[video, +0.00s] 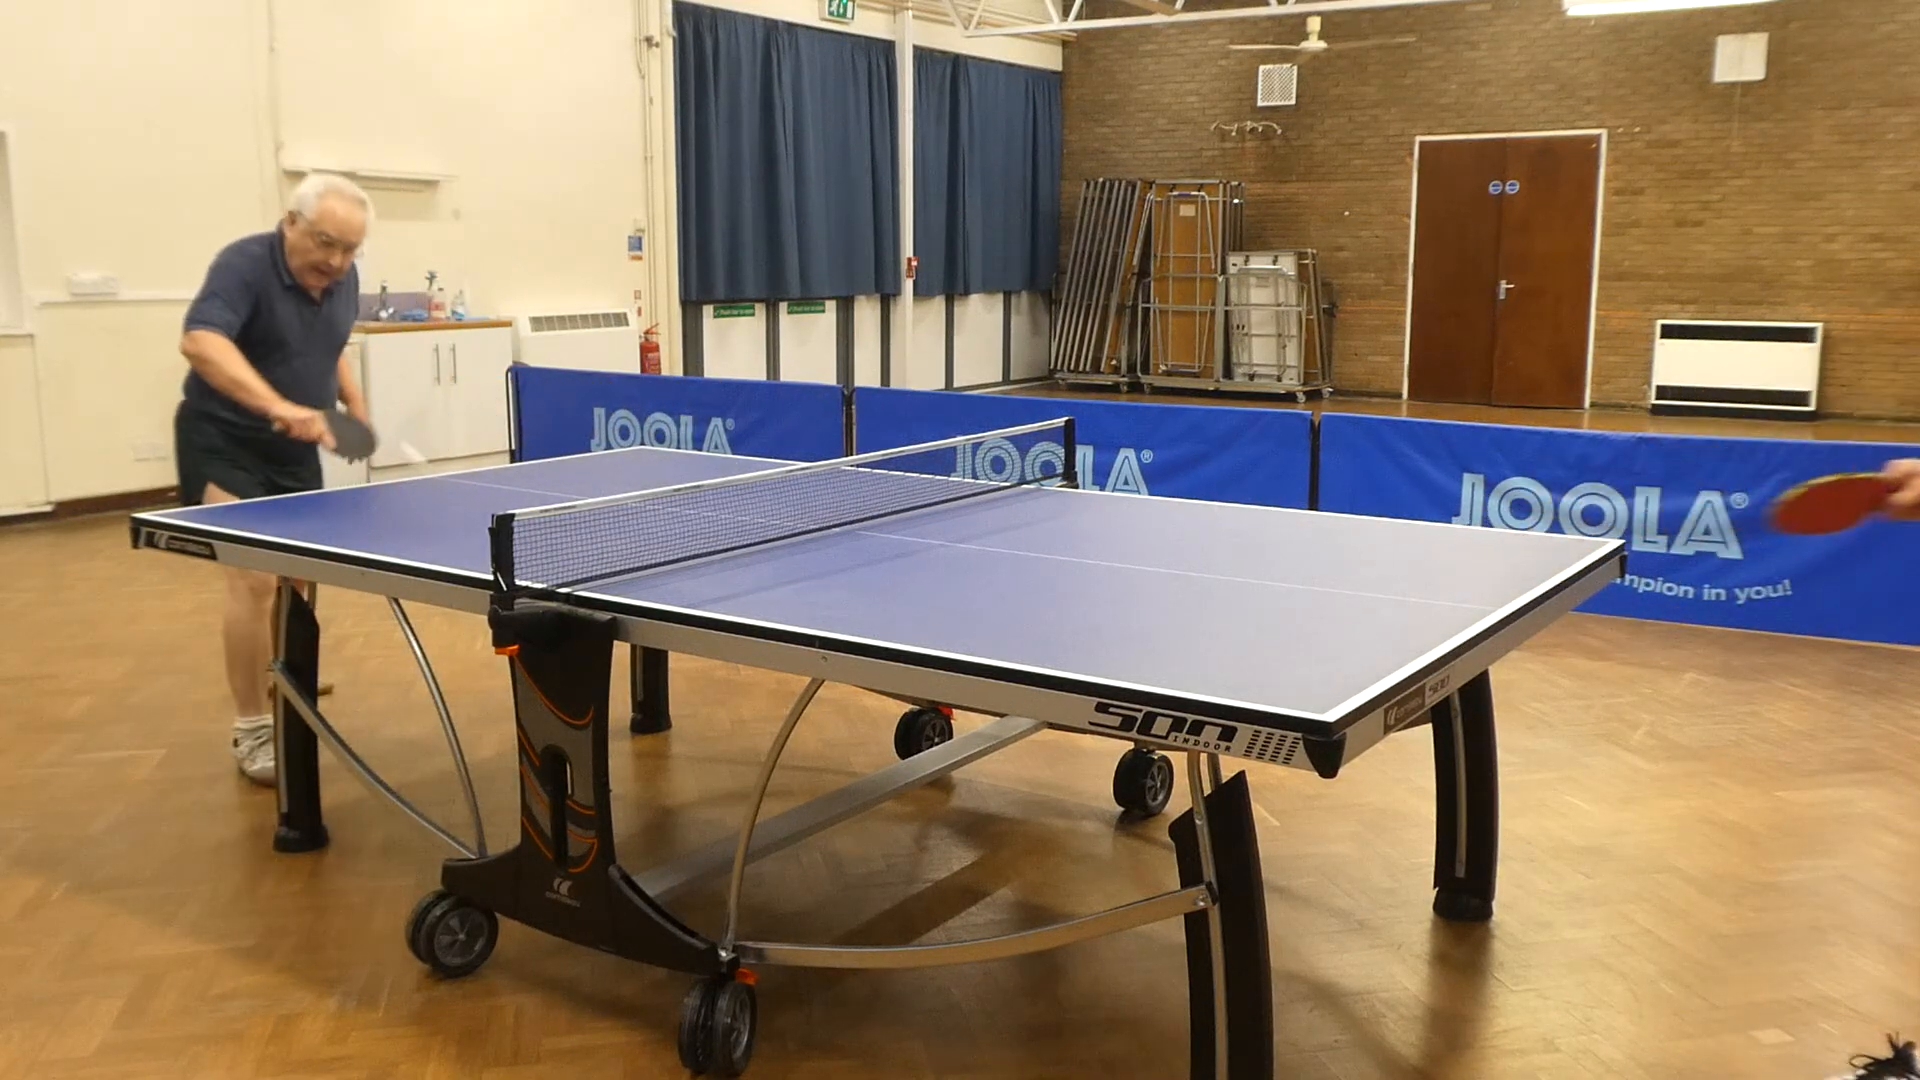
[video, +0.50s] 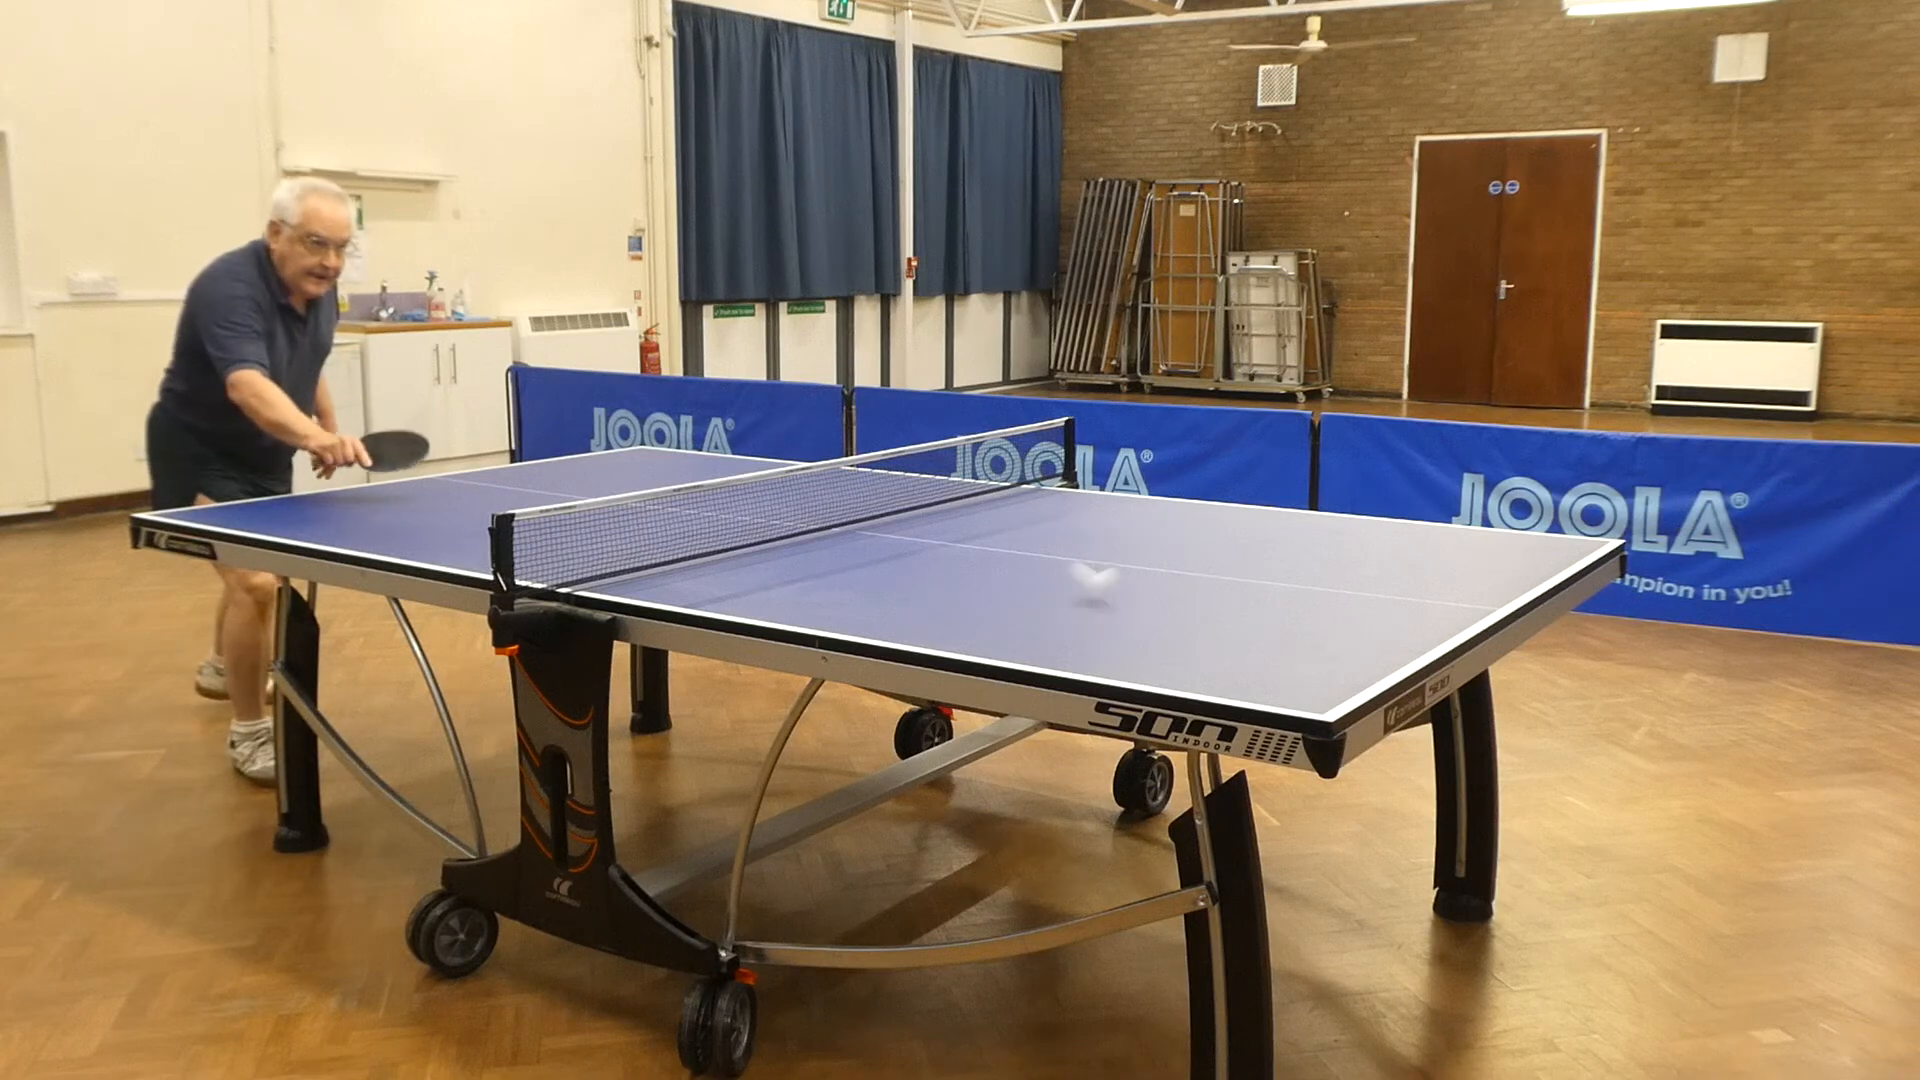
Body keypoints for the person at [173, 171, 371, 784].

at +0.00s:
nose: (337, 261)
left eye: (350, 249)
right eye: (325, 244)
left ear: (360, 243)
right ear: (290, 226)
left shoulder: (345, 278)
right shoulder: (246, 263)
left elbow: (333, 349)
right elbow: (200, 341)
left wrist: (357, 409)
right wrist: (278, 406)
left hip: (295, 446)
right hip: (224, 439)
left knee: (300, 573)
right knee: (254, 577)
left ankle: (288, 692)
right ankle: (252, 728)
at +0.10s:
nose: (346, 277)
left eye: (359, 267)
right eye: (337, 259)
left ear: (368, 262)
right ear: (303, 238)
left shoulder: (339, 296)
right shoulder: (250, 271)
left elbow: (318, 357)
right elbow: (249, 344)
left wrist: (335, 407)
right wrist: (322, 394)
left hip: (275, 455)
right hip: (208, 450)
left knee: (295, 573)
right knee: (255, 581)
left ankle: (285, 688)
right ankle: (252, 730)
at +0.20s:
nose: (355, 277)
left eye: (366, 266)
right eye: (346, 259)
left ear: (372, 262)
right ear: (308, 239)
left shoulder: (325, 291)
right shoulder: (267, 275)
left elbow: (310, 355)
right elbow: (284, 338)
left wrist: (324, 410)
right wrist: (318, 374)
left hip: (265, 452)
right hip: (200, 448)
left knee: (284, 580)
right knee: (255, 583)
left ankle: (274, 701)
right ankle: (251, 728)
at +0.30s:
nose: (354, 271)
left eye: (364, 259)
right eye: (343, 253)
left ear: (369, 256)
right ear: (302, 237)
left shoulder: (328, 294)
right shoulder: (252, 279)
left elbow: (300, 361)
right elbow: (259, 354)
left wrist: (315, 417)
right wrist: (314, 389)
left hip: (262, 450)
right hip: (197, 446)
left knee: (270, 570)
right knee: (257, 581)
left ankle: (237, 661)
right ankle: (254, 729)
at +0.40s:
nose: (342, 265)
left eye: (353, 251)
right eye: (329, 246)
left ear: (359, 250)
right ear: (288, 235)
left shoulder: (325, 297)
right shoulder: (237, 283)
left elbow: (304, 372)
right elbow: (253, 373)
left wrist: (318, 424)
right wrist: (322, 417)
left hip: (264, 449)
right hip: (199, 448)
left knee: (252, 563)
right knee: (258, 582)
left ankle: (224, 659)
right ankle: (254, 730)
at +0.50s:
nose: (330, 263)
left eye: (341, 248)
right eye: (317, 244)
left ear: (350, 248)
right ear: (276, 236)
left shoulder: (322, 294)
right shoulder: (229, 286)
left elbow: (309, 370)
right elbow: (246, 386)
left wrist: (327, 433)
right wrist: (314, 436)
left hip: (266, 451)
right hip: (200, 450)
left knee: (259, 570)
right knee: (257, 583)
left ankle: (223, 664)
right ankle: (251, 730)